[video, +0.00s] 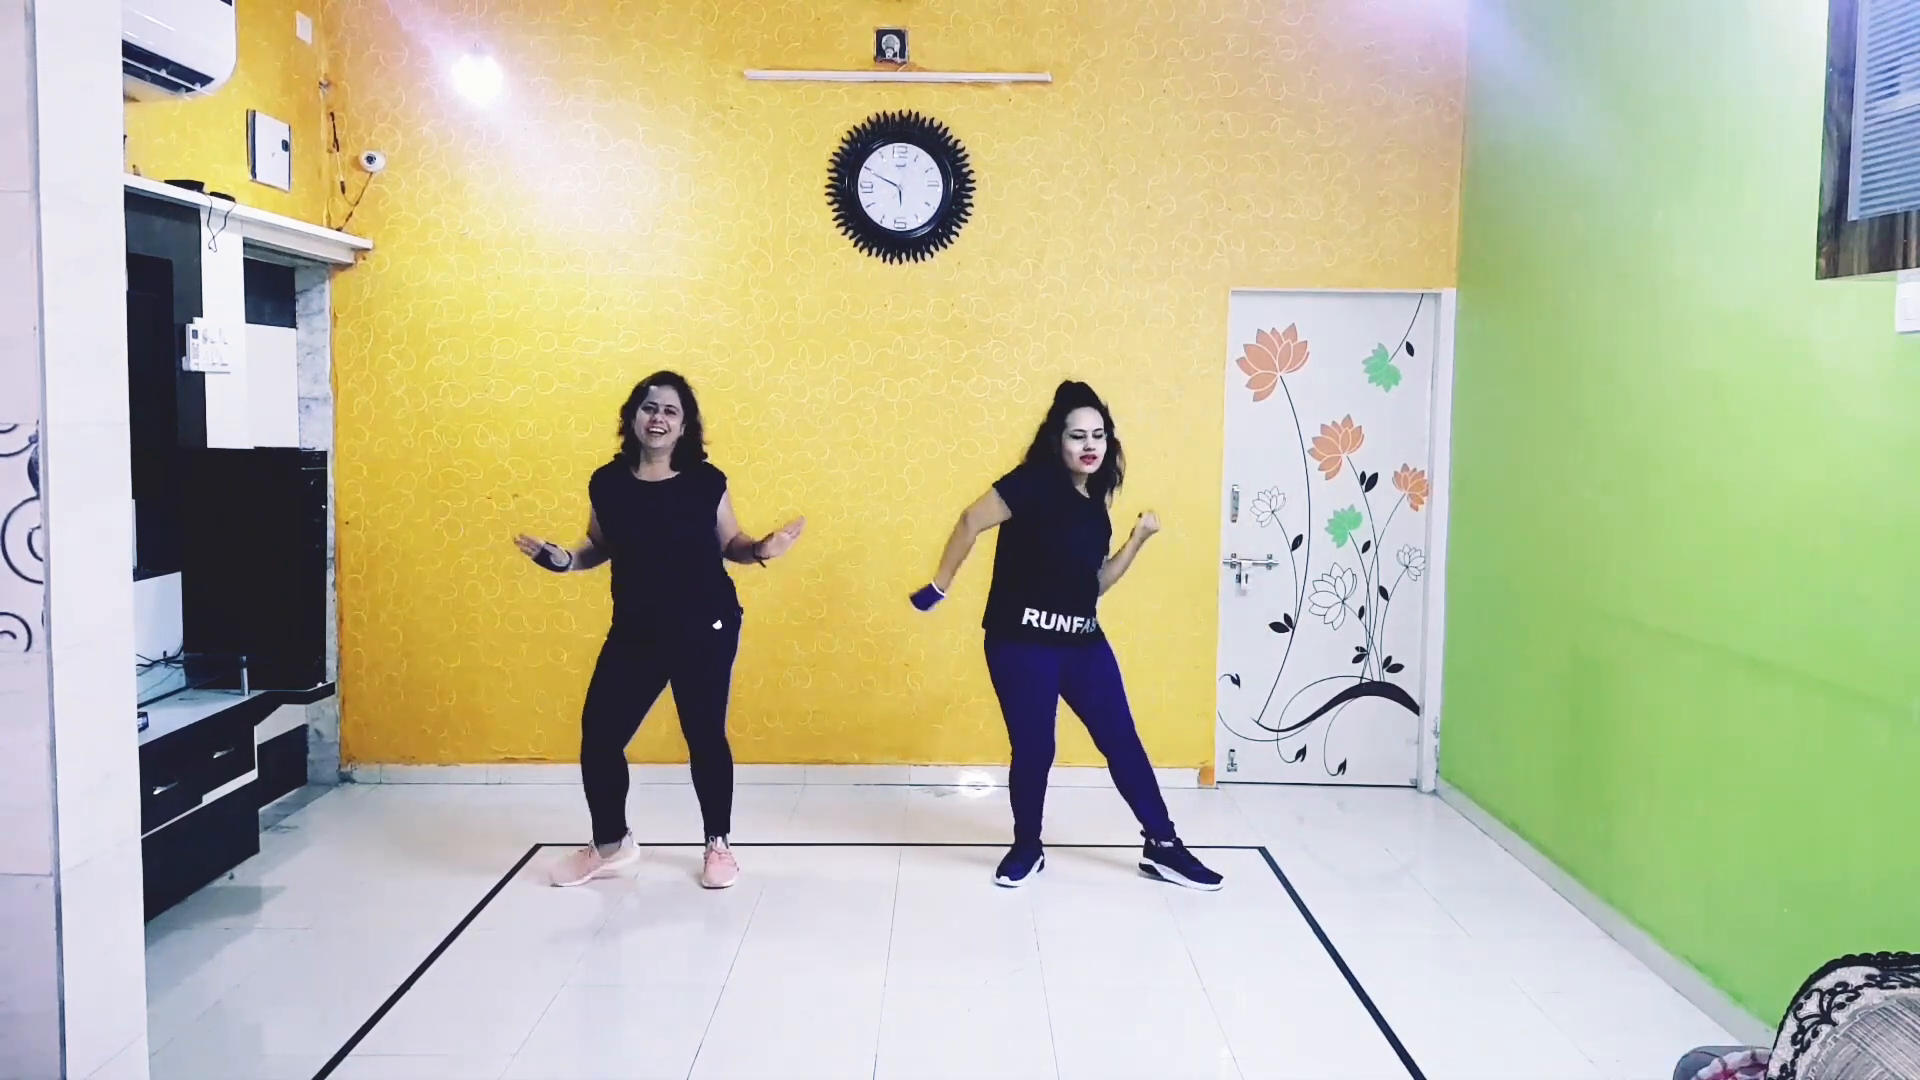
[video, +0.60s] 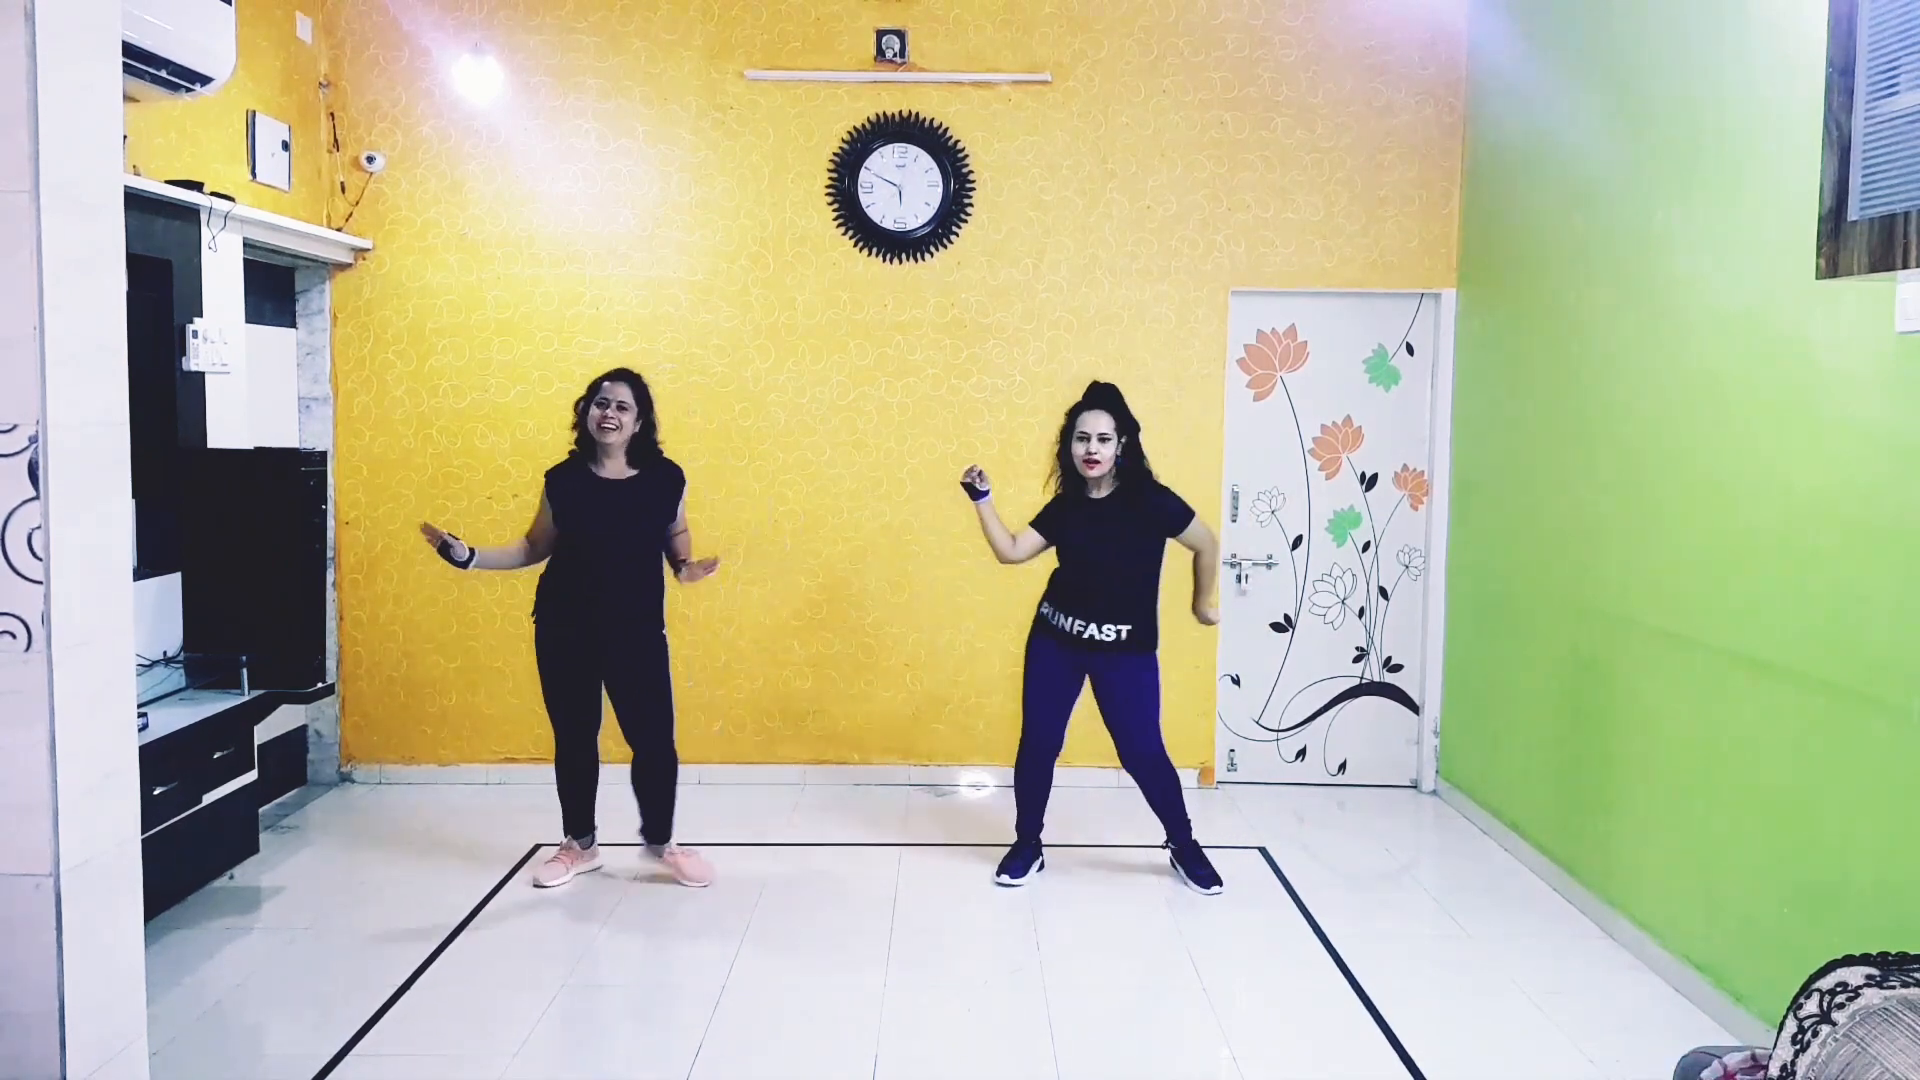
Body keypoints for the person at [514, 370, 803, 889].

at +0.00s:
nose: (657, 417)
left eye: (670, 411)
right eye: (648, 408)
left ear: (685, 424)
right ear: (632, 417)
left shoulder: (706, 482)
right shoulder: (607, 483)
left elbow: (731, 543)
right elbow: (599, 545)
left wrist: (760, 550)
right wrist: (568, 559)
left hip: (703, 628)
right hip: (637, 628)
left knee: (705, 734)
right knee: (600, 733)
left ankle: (718, 844)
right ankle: (611, 844)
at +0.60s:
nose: (607, 412)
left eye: (621, 406)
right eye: (599, 403)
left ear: (640, 421)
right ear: (586, 413)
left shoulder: (664, 480)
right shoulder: (563, 481)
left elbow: (679, 541)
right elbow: (533, 549)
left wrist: (686, 567)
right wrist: (470, 556)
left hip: (635, 630)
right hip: (566, 630)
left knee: (654, 739)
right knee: (573, 740)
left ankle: (660, 845)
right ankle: (579, 844)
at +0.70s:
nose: (608, 411)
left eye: (622, 405)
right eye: (600, 401)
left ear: (640, 419)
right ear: (586, 411)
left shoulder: (659, 479)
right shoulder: (560, 476)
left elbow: (666, 537)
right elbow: (527, 540)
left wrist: (676, 568)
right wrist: (464, 551)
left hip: (636, 627)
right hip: (566, 627)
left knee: (661, 733)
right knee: (574, 738)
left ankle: (663, 839)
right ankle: (579, 843)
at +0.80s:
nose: (610, 406)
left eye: (624, 400)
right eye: (603, 397)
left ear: (642, 415)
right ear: (588, 406)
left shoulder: (658, 476)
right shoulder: (558, 469)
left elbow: (666, 539)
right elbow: (526, 534)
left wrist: (685, 562)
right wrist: (466, 548)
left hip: (645, 619)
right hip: (573, 622)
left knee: (681, 724)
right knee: (578, 733)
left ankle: (690, 827)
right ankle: (581, 844)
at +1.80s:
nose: (650, 410)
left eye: (663, 405)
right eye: (644, 402)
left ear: (683, 421)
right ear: (630, 413)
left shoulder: (713, 484)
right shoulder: (610, 485)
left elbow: (739, 545)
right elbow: (585, 553)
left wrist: (748, 586)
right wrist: (556, 603)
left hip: (694, 632)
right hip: (621, 632)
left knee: (709, 743)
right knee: (606, 743)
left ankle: (730, 846)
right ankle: (605, 849)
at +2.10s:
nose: (668, 384)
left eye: (682, 378)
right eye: (662, 375)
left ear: (702, 388)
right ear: (649, 380)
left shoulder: (718, 424)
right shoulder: (631, 413)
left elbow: (761, 377)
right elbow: (592, 356)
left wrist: (757, 306)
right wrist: (607, 285)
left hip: (701, 586)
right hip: (634, 585)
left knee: (717, 715)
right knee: (612, 711)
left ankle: (737, 835)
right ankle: (590, 830)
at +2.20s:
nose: (676, 374)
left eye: (688, 365)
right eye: (667, 363)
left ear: (707, 375)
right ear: (652, 366)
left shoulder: (719, 407)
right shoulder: (634, 396)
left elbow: (756, 354)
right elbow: (598, 333)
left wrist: (767, 283)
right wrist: (600, 254)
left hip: (700, 570)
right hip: (633, 569)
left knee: (718, 704)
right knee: (607, 703)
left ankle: (741, 828)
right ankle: (575, 825)